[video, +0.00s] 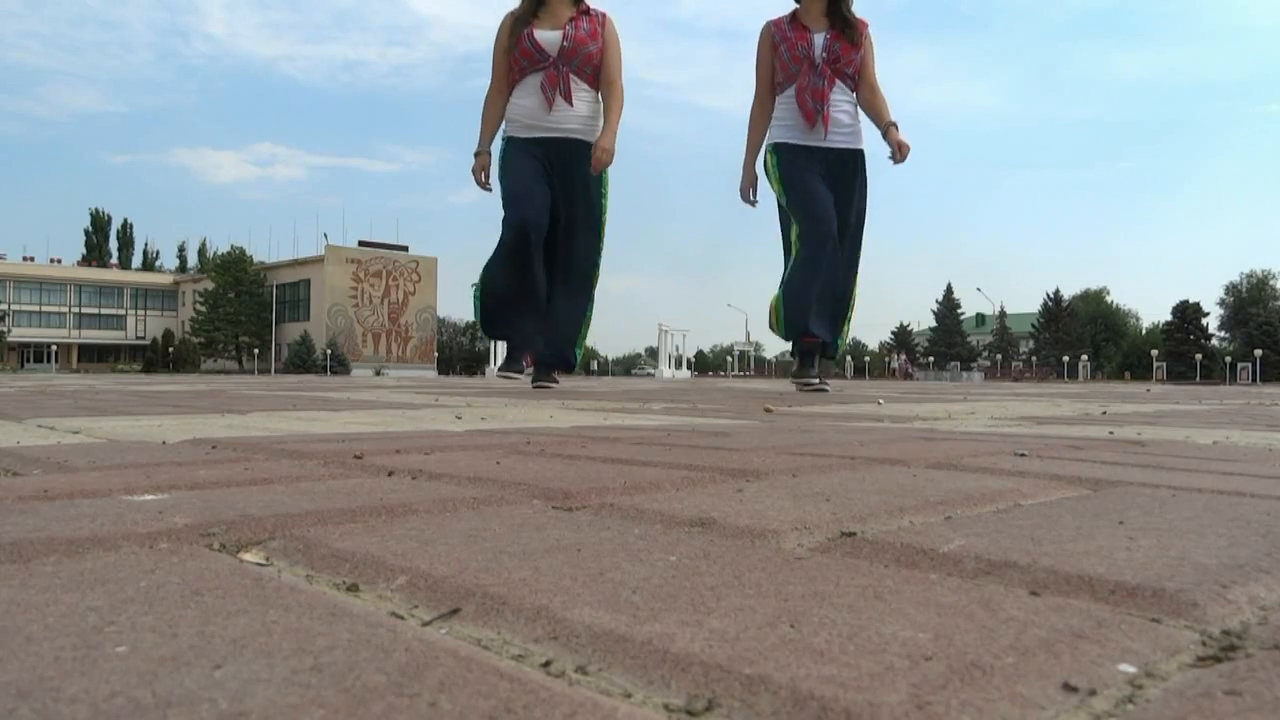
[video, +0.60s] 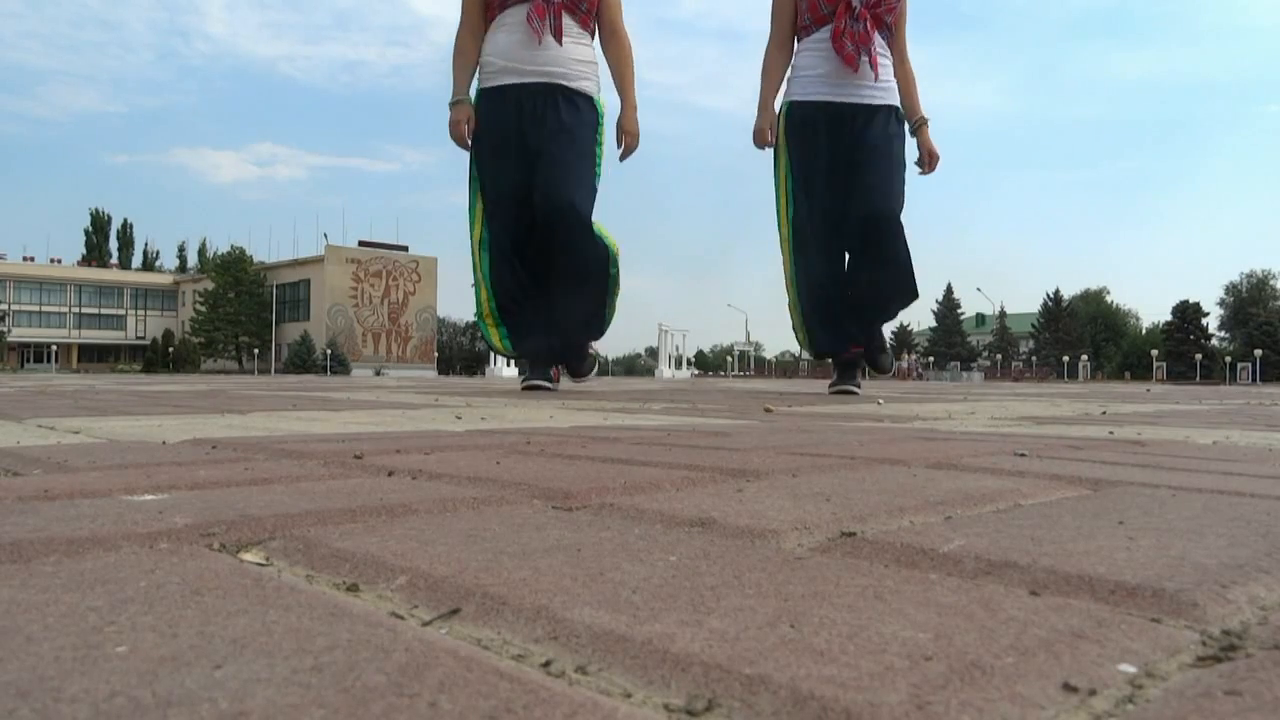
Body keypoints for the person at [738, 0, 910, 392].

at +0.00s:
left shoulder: (857, 30)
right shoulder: (775, 31)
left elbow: (869, 89)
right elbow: (763, 101)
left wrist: (889, 128)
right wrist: (749, 163)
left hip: (845, 152)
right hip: (791, 150)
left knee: (843, 248)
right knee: (820, 231)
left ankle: (820, 357)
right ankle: (805, 350)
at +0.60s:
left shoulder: (894, 5)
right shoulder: (791, 3)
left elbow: (899, 58)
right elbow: (781, 41)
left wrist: (920, 127)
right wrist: (765, 107)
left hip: (877, 112)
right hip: (811, 111)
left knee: (880, 221)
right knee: (819, 235)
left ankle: (871, 321)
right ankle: (844, 359)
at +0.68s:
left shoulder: (896, 4)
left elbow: (901, 47)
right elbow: (779, 29)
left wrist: (922, 121)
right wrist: (769, 88)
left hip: (881, 96)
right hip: (813, 98)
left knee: (880, 207)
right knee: (824, 225)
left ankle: (886, 335)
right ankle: (845, 359)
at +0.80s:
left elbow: (906, 40)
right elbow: (780, 19)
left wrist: (927, 119)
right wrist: (774, 75)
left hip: (891, 89)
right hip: (820, 89)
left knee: (890, 215)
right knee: (831, 223)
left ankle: (890, 344)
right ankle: (846, 360)